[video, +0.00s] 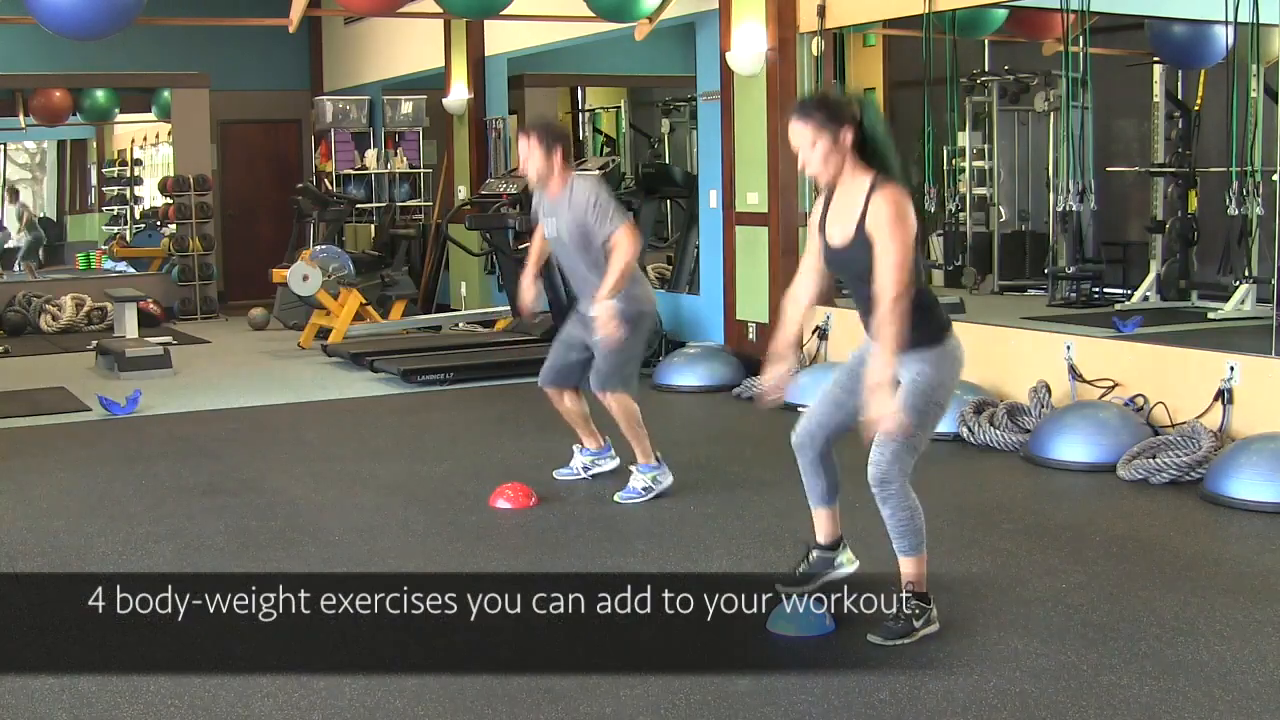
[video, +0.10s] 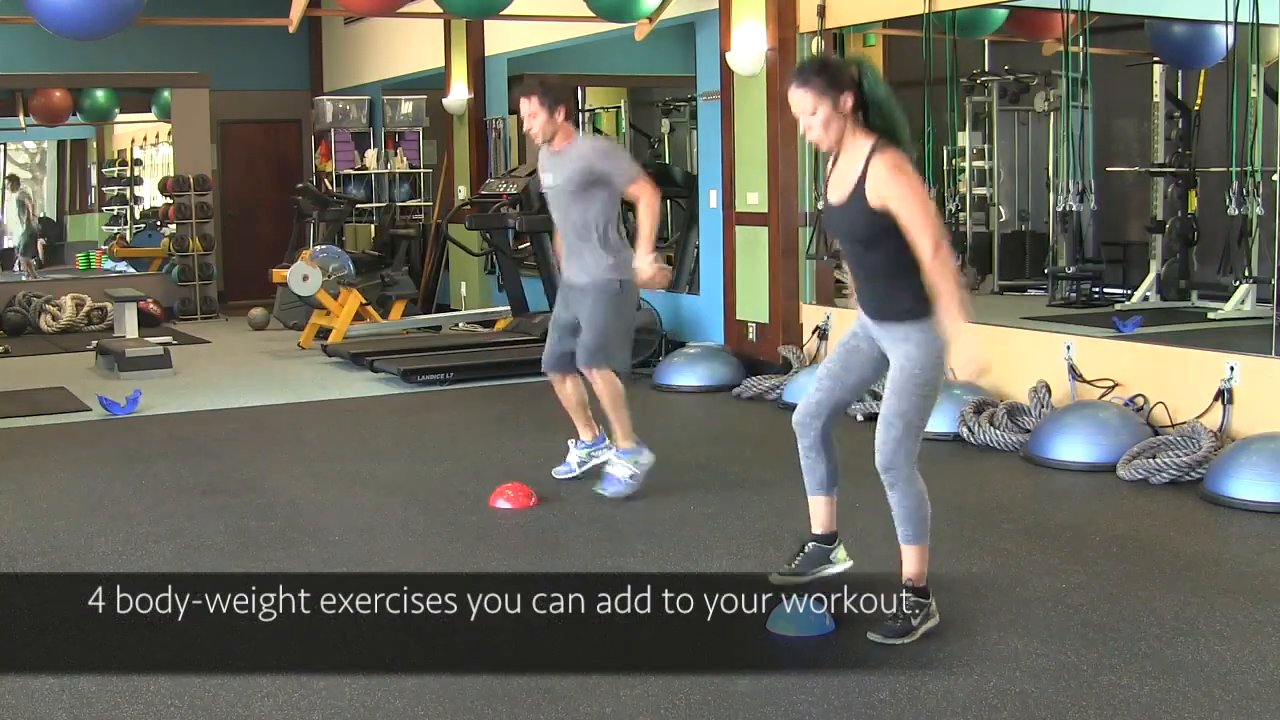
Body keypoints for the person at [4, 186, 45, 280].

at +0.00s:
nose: (7, 198)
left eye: (9, 195)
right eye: (7, 195)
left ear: (14, 195)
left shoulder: (21, 206)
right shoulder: (18, 207)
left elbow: (27, 214)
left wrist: (22, 227)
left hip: (35, 235)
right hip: (32, 235)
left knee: (23, 258)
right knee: (25, 258)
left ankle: (35, 279)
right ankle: (35, 278)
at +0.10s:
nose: (8, 186)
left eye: (9, 183)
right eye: (7, 183)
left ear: (15, 183)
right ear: (15, 183)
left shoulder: (22, 194)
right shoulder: (19, 195)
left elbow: (30, 205)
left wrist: (29, 220)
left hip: (28, 228)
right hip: (24, 227)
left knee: (23, 253)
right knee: (22, 253)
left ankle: (32, 275)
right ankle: (31, 275)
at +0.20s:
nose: (7, 183)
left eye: (9, 180)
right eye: (7, 180)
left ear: (15, 180)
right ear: (17, 180)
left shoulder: (21, 191)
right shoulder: (25, 190)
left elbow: (31, 202)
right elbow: (37, 202)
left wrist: (35, 217)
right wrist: (36, 216)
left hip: (26, 222)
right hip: (26, 223)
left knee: (22, 251)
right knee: (15, 247)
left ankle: (30, 273)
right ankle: (18, 271)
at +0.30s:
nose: (8, 185)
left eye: (10, 182)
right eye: (8, 182)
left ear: (16, 182)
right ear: (16, 182)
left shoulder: (21, 194)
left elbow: (28, 207)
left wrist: (30, 220)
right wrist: (7, 214)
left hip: (24, 226)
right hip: (20, 225)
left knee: (22, 254)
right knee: (12, 249)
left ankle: (31, 277)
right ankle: (11, 274)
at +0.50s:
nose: (9, 185)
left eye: (11, 182)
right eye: (9, 182)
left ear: (17, 182)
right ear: (15, 182)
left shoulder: (21, 192)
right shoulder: (16, 194)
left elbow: (26, 205)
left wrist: (14, 215)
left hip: (26, 228)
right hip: (19, 228)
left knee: (23, 254)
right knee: (13, 251)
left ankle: (31, 277)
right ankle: (15, 274)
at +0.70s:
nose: (7, 193)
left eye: (7, 190)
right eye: (6, 191)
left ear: (13, 189)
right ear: (13, 189)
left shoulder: (24, 198)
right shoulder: (19, 200)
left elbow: (27, 211)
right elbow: (22, 212)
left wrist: (10, 215)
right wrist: (9, 215)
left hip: (35, 230)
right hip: (28, 230)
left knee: (25, 254)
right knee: (19, 253)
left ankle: (33, 276)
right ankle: (28, 277)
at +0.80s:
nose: (6, 206)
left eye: (7, 203)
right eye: (5, 204)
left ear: (12, 202)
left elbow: (23, 224)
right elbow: (15, 223)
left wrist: (9, 224)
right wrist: (7, 223)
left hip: (38, 238)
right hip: (31, 238)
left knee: (23, 259)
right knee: (24, 259)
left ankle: (32, 280)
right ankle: (35, 279)